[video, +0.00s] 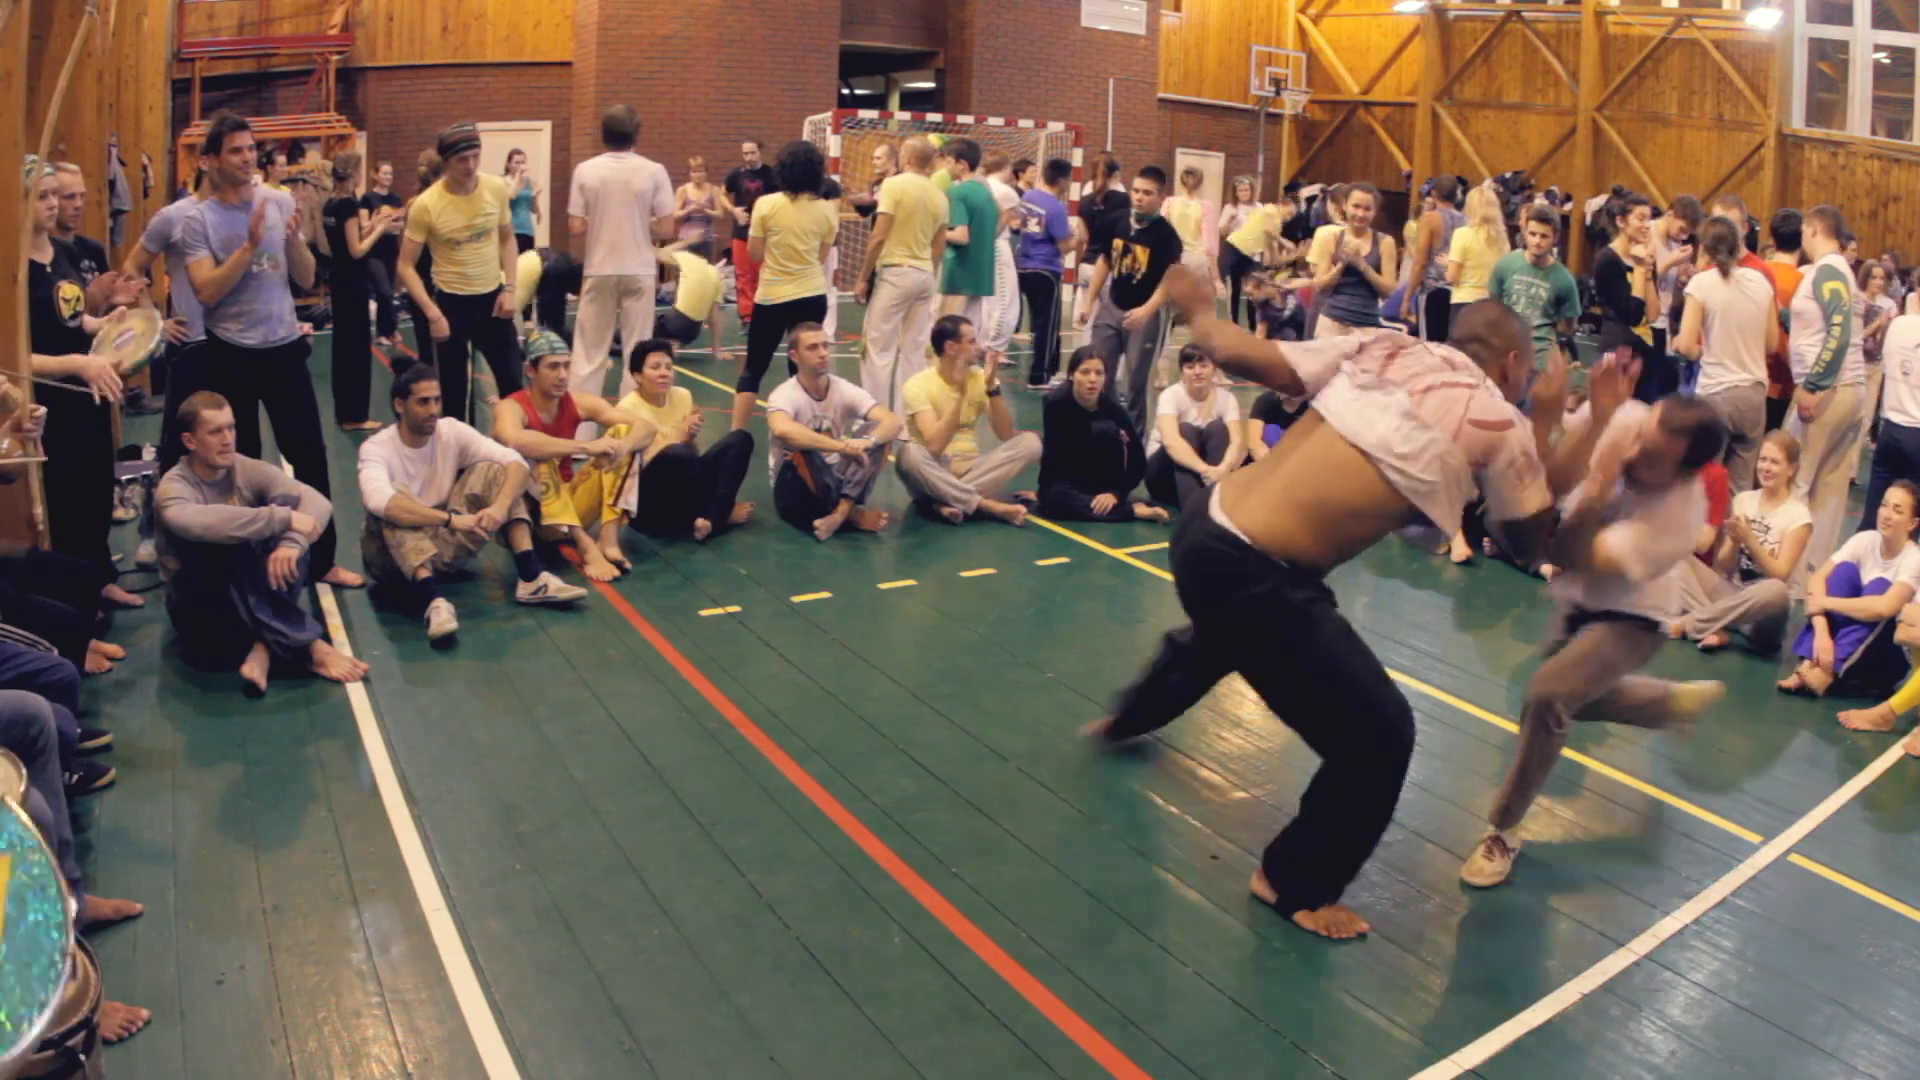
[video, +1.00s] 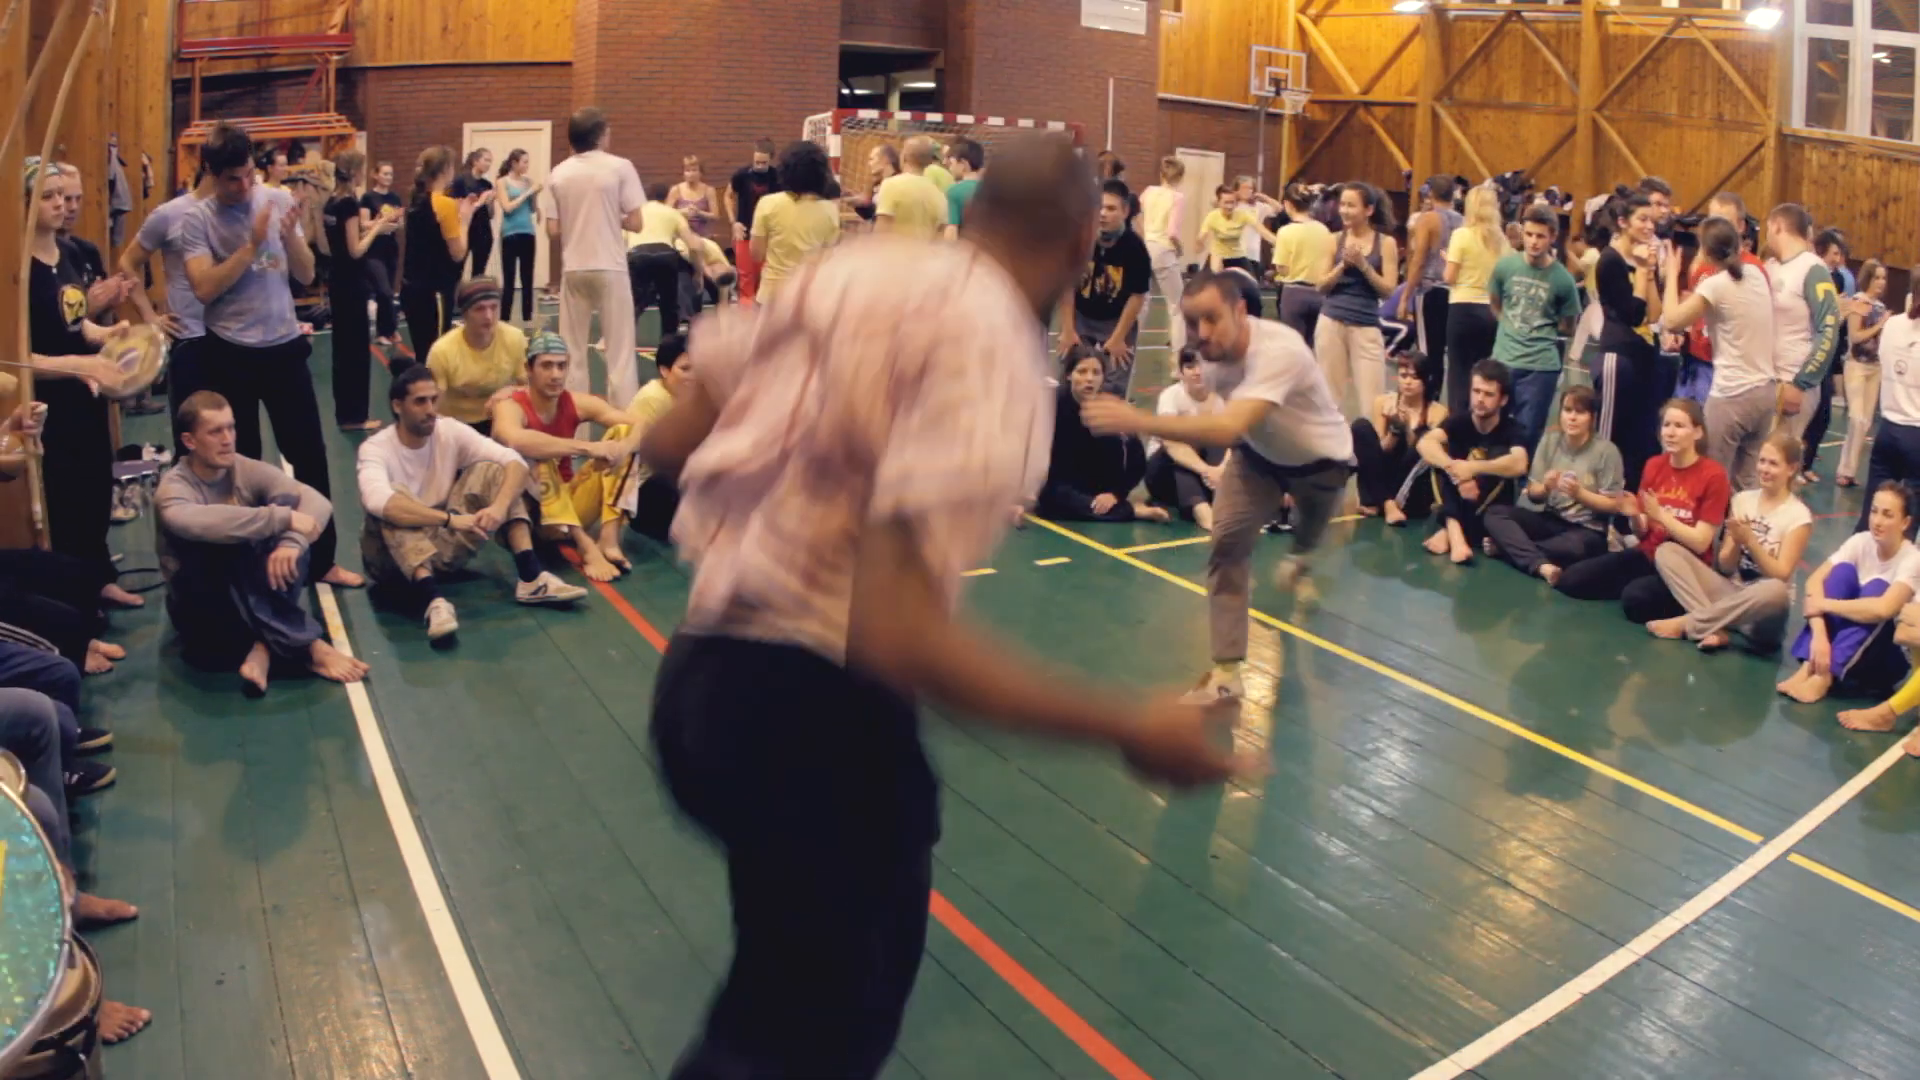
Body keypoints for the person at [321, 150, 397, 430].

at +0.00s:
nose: (365, 175)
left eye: (364, 170)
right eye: (363, 170)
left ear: (338, 172)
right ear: (352, 173)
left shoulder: (329, 205)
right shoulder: (348, 205)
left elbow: (344, 244)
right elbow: (356, 249)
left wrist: (369, 226)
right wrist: (380, 229)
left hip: (339, 278)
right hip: (354, 281)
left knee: (345, 342)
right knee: (358, 343)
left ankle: (346, 413)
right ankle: (355, 416)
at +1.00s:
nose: (367, 176)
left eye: (366, 170)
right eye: (365, 171)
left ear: (341, 171)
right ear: (356, 173)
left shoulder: (331, 204)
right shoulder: (349, 205)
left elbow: (337, 245)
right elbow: (355, 249)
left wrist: (372, 227)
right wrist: (376, 228)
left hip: (338, 278)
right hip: (353, 280)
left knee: (345, 342)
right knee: (357, 344)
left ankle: (346, 413)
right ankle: (355, 416)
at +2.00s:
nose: (360, 177)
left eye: (358, 171)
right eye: (358, 172)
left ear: (334, 173)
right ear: (350, 174)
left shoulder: (325, 204)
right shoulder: (345, 202)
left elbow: (335, 244)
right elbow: (351, 245)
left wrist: (364, 227)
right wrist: (372, 229)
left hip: (335, 279)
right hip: (349, 280)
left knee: (343, 342)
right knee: (357, 343)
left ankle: (342, 409)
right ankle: (356, 413)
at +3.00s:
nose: (370, 175)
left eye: (369, 169)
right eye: (367, 170)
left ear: (342, 172)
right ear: (357, 172)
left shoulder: (335, 203)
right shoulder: (352, 204)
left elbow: (352, 241)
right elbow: (360, 246)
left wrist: (377, 225)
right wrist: (381, 226)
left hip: (343, 281)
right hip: (358, 283)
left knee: (349, 343)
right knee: (360, 345)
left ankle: (346, 411)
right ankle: (355, 414)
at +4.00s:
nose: (369, 174)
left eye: (368, 169)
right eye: (366, 169)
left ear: (343, 172)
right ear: (357, 172)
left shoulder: (334, 202)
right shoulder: (353, 203)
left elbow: (346, 245)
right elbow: (361, 248)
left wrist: (374, 227)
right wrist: (379, 230)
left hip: (342, 280)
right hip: (358, 282)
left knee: (348, 342)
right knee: (361, 345)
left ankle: (346, 411)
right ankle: (356, 414)